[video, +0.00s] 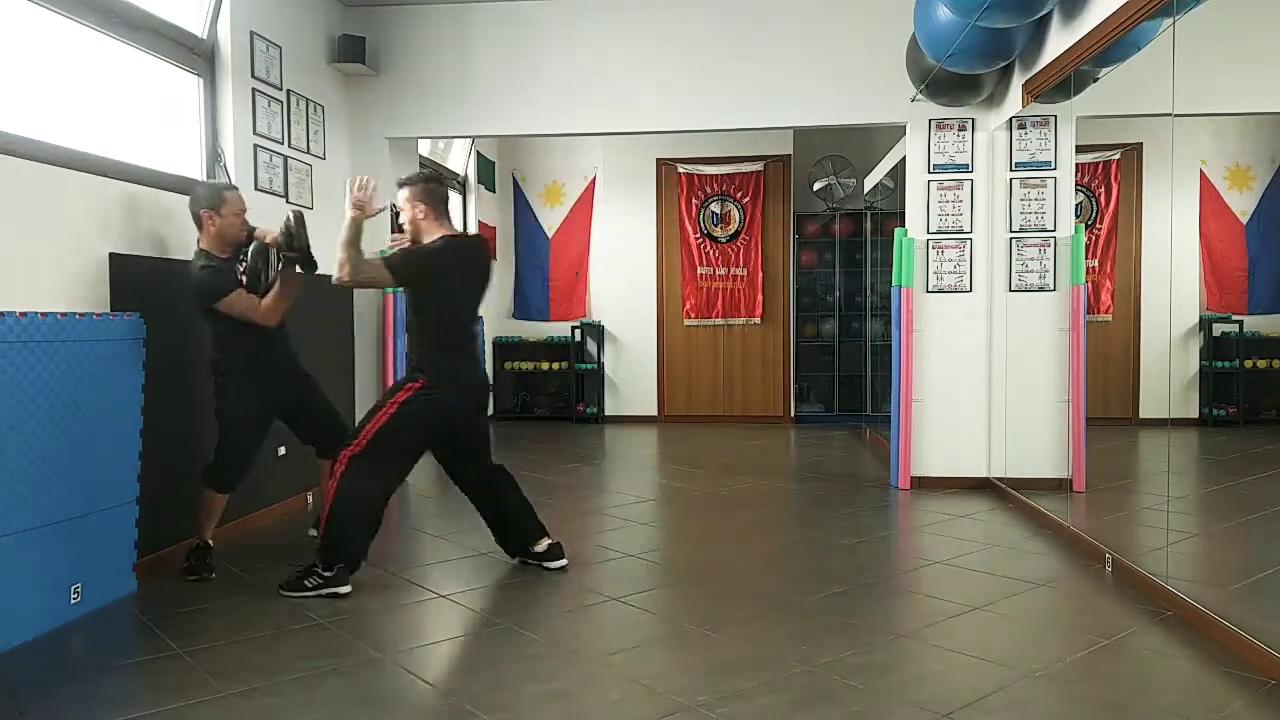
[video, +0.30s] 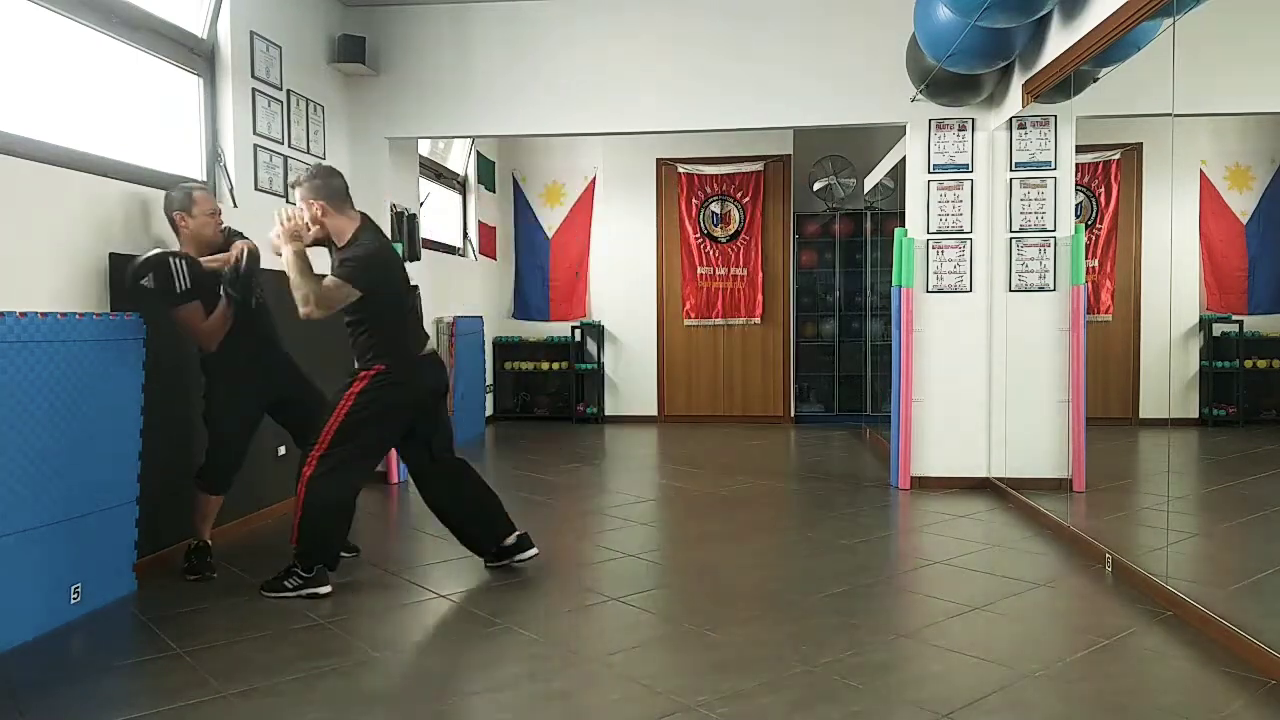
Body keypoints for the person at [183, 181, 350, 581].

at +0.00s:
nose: (245, 222)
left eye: (244, 214)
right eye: (238, 215)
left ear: (217, 218)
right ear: (209, 219)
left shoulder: (243, 245)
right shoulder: (204, 277)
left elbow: (288, 244)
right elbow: (268, 314)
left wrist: (277, 243)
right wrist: (290, 264)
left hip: (284, 374)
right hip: (242, 384)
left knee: (336, 440)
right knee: (227, 467)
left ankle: (327, 522)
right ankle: (203, 544)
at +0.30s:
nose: (222, 221)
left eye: (220, 214)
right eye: (213, 216)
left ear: (188, 220)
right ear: (182, 222)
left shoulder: (229, 240)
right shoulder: (172, 273)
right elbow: (205, 339)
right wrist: (233, 293)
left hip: (275, 368)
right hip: (231, 382)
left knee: (327, 438)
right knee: (220, 464)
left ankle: (325, 535)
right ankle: (201, 543)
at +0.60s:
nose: (241, 208)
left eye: (240, 201)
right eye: (233, 201)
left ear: (215, 206)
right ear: (203, 207)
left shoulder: (253, 248)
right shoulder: (190, 263)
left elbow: (282, 290)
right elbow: (194, 328)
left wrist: (291, 303)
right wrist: (248, 317)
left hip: (276, 364)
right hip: (229, 374)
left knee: (327, 434)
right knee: (219, 458)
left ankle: (308, 517)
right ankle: (201, 540)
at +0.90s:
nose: (316, 208)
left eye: (314, 202)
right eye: (307, 203)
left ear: (296, 209)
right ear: (279, 209)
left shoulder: (314, 258)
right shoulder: (260, 256)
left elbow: (320, 306)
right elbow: (235, 318)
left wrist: (344, 315)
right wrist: (290, 343)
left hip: (307, 368)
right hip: (271, 370)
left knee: (309, 457)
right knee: (274, 455)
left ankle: (277, 535)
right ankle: (234, 528)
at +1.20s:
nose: (379, 210)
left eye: (378, 204)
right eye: (372, 204)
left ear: (353, 209)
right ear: (344, 208)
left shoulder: (365, 258)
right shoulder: (324, 251)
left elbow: (369, 297)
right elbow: (294, 310)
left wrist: (395, 308)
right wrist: (355, 316)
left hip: (348, 370)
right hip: (325, 371)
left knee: (320, 455)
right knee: (355, 459)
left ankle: (279, 526)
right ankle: (364, 548)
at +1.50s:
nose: (432, 203)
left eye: (431, 196)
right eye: (426, 196)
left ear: (405, 201)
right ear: (399, 199)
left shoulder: (404, 241)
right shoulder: (385, 234)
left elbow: (391, 295)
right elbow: (363, 295)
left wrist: (426, 302)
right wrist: (420, 307)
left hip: (394, 351)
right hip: (377, 351)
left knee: (405, 442)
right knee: (401, 444)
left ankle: (381, 525)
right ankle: (377, 535)